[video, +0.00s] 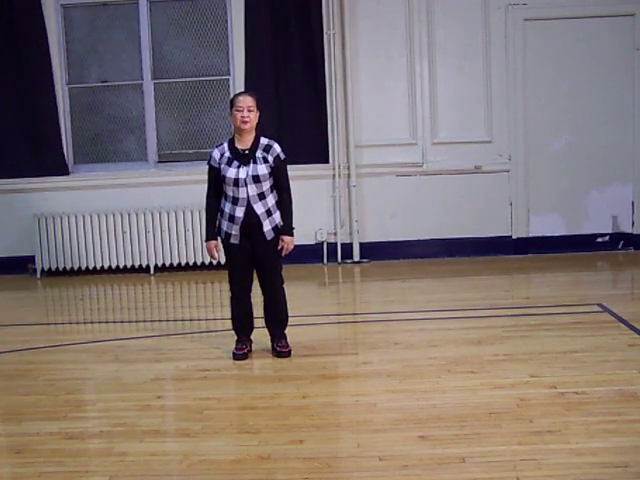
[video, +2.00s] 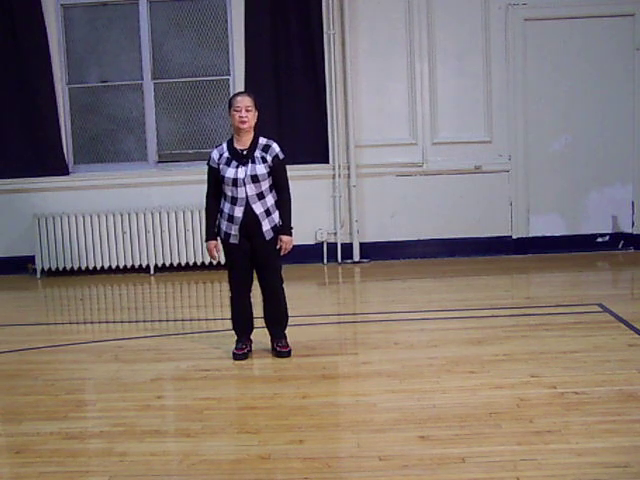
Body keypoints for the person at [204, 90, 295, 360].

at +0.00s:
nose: (244, 115)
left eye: (249, 110)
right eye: (239, 110)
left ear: (258, 115)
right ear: (231, 115)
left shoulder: (271, 150)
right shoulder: (219, 154)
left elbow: (284, 192)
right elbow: (213, 197)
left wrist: (287, 230)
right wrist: (211, 234)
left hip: (267, 230)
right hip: (234, 232)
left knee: (273, 285)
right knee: (239, 288)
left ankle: (279, 335)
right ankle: (243, 338)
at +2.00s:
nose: (243, 114)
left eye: (248, 110)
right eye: (237, 110)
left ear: (256, 114)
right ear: (230, 115)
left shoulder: (270, 149)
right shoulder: (219, 155)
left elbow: (283, 192)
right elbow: (212, 197)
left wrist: (286, 230)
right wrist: (211, 234)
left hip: (267, 230)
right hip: (233, 233)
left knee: (272, 285)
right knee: (239, 288)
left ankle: (278, 336)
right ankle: (243, 338)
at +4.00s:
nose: (242, 114)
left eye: (247, 109)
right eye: (236, 109)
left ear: (255, 114)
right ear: (228, 115)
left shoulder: (269, 149)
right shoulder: (217, 154)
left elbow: (283, 191)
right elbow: (211, 197)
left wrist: (285, 229)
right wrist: (210, 234)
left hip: (266, 230)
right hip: (233, 232)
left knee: (273, 286)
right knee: (239, 289)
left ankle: (279, 336)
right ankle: (243, 338)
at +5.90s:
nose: (246, 115)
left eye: (251, 110)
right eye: (240, 110)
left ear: (258, 115)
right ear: (231, 115)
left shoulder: (272, 149)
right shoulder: (220, 155)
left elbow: (285, 192)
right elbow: (213, 198)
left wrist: (288, 230)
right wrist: (212, 236)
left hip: (268, 230)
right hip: (235, 233)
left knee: (274, 286)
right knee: (240, 289)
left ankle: (279, 336)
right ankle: (243, 338)